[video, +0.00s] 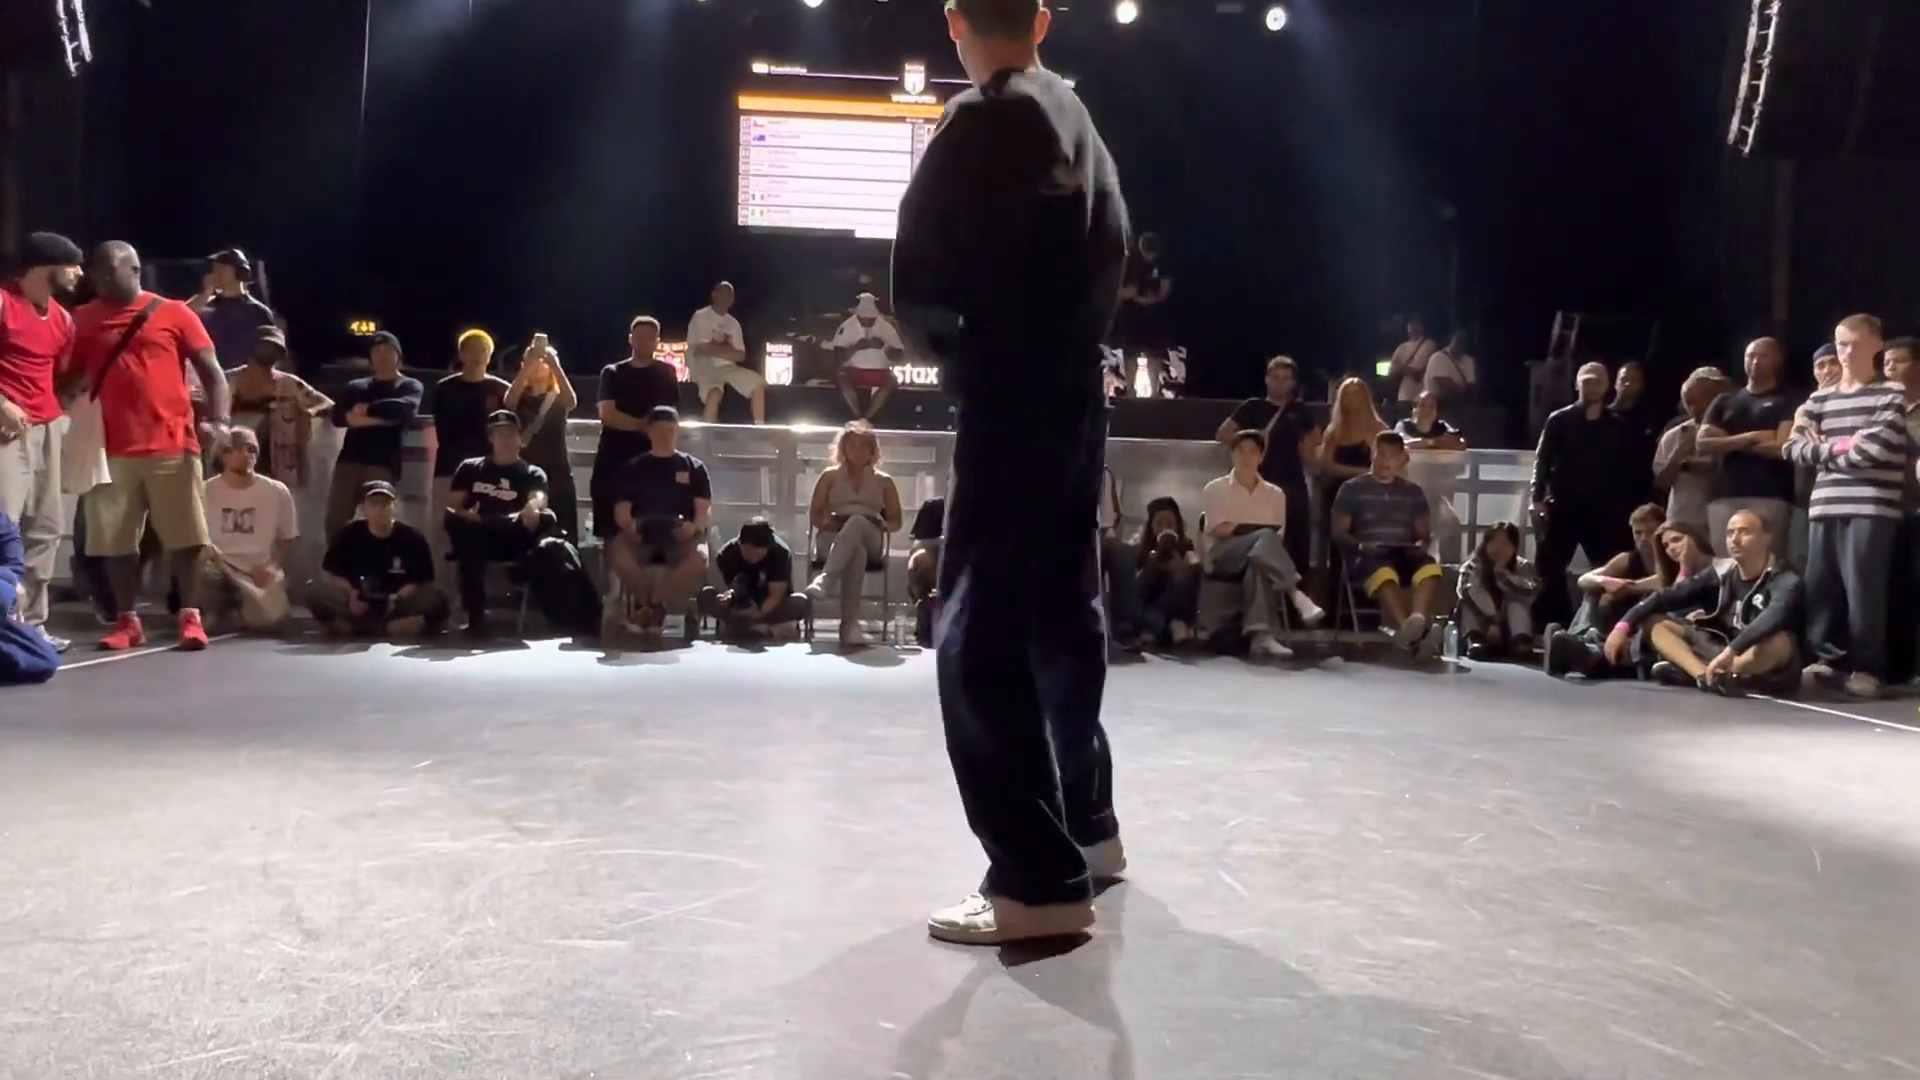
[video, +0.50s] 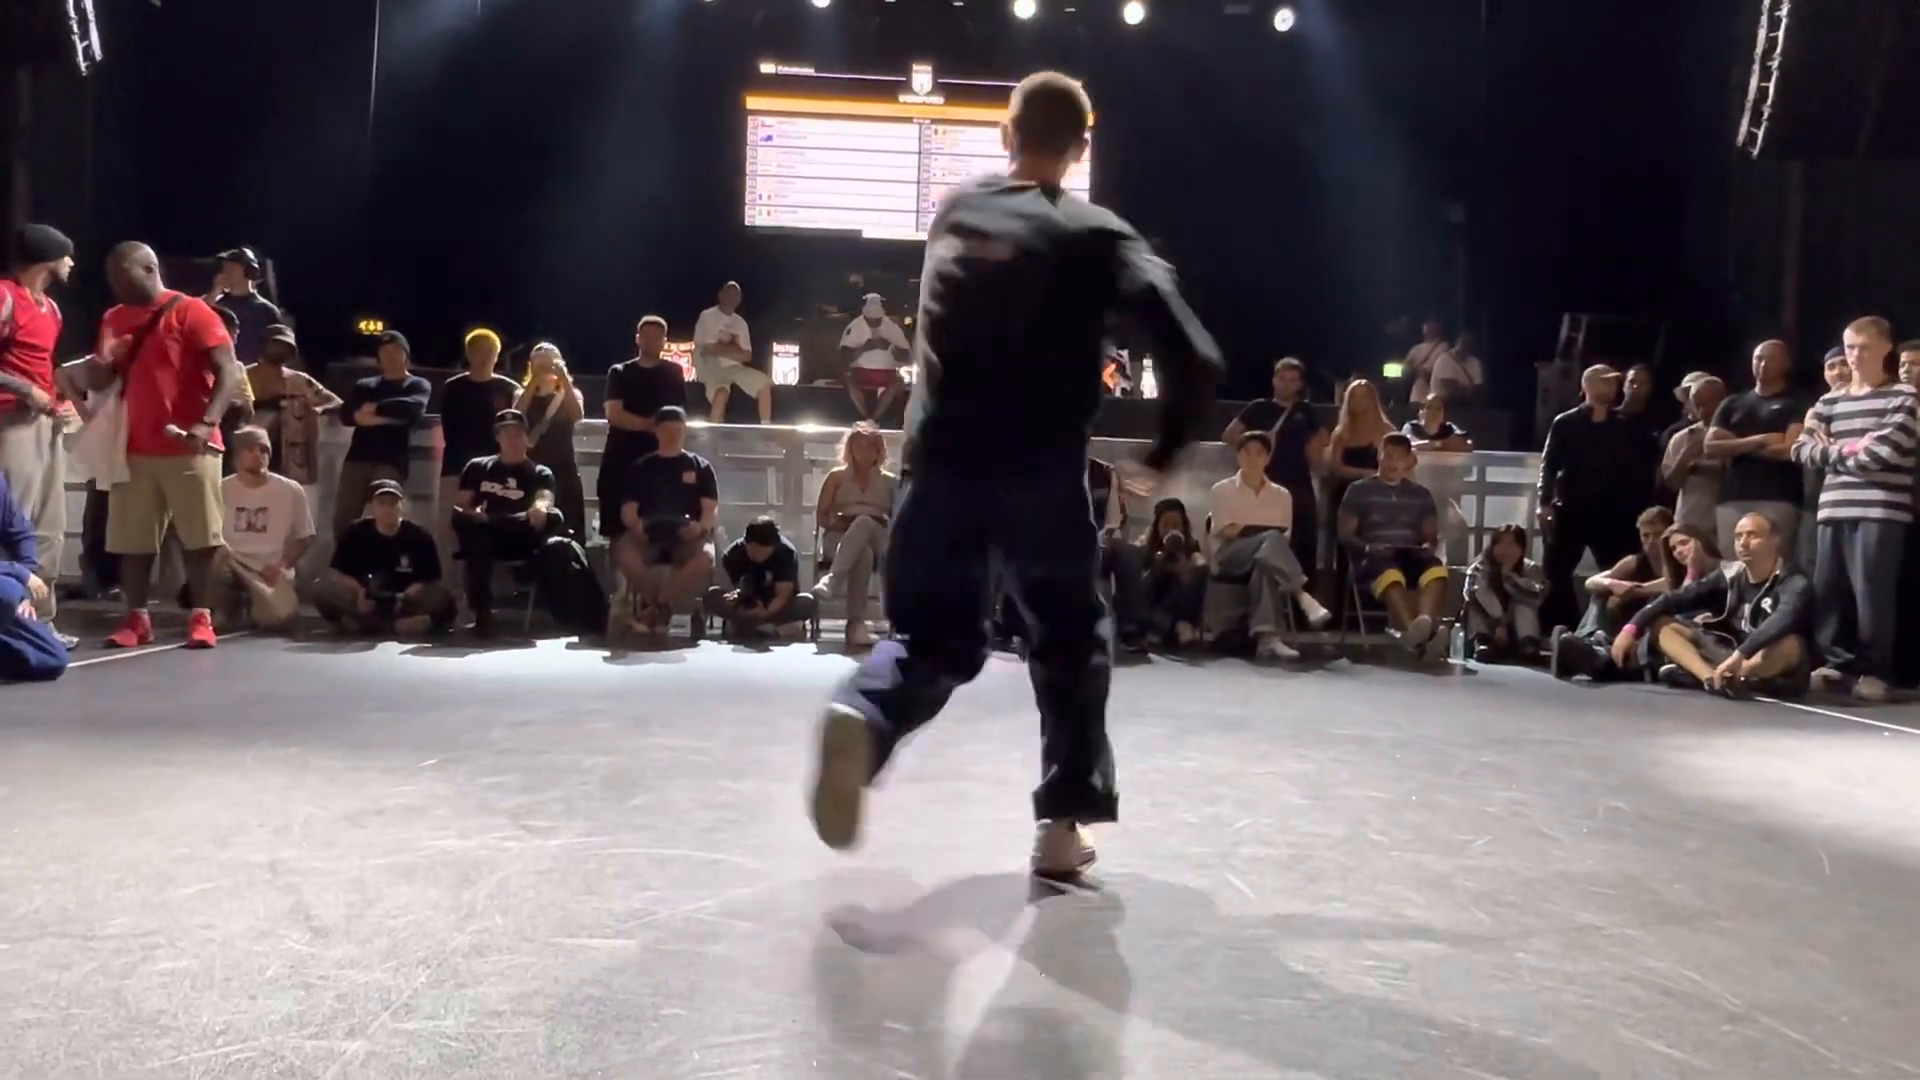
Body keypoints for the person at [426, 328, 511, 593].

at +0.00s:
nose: (476, 357)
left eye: (481, 351)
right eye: (470, 351)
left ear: (490, 355)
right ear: (460, 354)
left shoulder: (501, 388)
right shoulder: (444, 387)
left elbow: (505, 428)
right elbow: (440, 428)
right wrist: (450, 455)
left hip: (486, 466)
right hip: (448, 465)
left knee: (481, 531)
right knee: (444, 532)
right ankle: (445, 594)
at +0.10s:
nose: (479, 356)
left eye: (484, 350)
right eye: (473, 350)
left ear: (492, 354)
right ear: (463, 354)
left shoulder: (503, 388)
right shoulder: (446, 388)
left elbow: (508, 428)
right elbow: (442, 427)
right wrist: (453, 454)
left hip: (489, 465)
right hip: (451, 464)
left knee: (486, 527)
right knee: (446, 529)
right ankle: (448, 590)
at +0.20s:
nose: (480, 356)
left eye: (486, 350)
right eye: (475, 350)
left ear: (494, 354)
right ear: (465, 354)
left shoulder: (505, 388)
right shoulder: (448, 388)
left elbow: (510, 428)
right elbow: (445, 428)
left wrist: (500, 458)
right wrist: (455, 456)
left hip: (491, 465)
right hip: (452, 465)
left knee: (487, 527)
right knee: (447, 529)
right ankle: (449, 589)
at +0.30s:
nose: (481, 356)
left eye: (487, 351)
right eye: (475, 350)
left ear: (495, 354)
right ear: (465, 354)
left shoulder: (506, 389)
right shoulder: (449, 388)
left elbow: (510, 429)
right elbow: (446, 428)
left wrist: (499, 458)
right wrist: (456, 457)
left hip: (492, 466)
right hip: (453, 466)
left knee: (487, 528)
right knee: (447, 530)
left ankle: (486, 591)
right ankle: (449, 589)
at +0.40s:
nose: (484, 357)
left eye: (489, 351)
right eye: (478, 351)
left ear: (496, 355)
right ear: (467, 355)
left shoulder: (508, 389)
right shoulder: (450, 388)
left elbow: (511, 430)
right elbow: (447, 430)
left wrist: (503, 459)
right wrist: (458, 458)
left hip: (494, 466)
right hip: (455, 466)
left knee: (490, 528)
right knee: (451, 530)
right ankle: (452, 592)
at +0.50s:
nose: (484, 357)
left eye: (489, 351)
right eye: (479, 351)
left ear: (497, 354)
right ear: (469, 354)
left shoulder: (509, 388)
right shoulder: (452, 386)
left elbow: (512, 428)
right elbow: (448, 427)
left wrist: (504, 457)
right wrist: (458, 456)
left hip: (495, 465)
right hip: (456, 464)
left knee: (490, 526)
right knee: (450, 528)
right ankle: (453, 588)